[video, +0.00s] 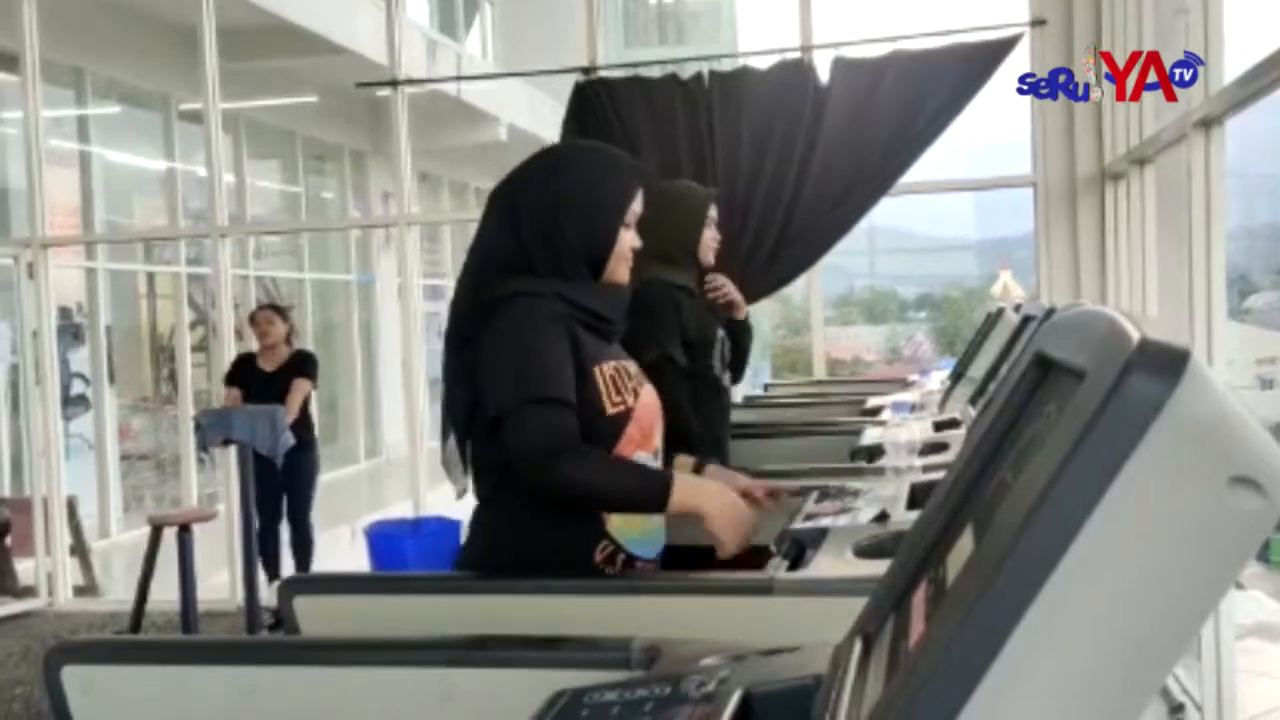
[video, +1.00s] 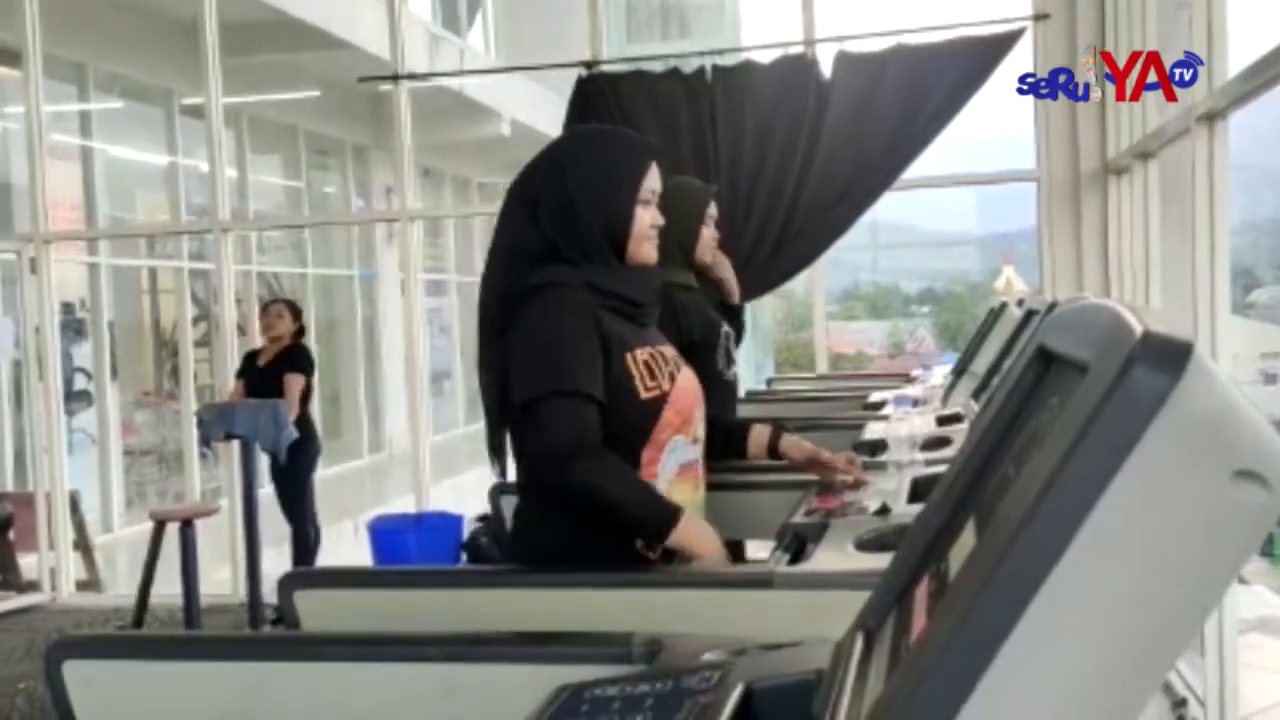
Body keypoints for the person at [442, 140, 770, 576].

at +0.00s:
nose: (637, 243)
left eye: (635, 226)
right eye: (626, 225)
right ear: (579, 221)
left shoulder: (574, 321)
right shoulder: (528, 322)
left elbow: (588, 452)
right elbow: (547, 463)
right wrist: (692, 495)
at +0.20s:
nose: (642, 219)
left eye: (642, 203)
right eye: (630, 202)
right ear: (580, 196)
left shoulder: (607, 294)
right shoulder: (516, 293)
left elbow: (648, 415)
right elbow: (477, 437)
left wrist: (773, 449)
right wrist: (581, 535)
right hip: (526, 580)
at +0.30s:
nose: (647, 224)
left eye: (646, 207)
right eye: (635, 206)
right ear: (584, 206)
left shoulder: (616, 307)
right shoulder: (512, 308)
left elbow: (651, 418)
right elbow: (442, 441)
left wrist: (770, 447)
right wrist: (530, 561)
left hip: (617, 578)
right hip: (536, 590)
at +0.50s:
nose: (648, 233)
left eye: (646, 215)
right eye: (636, 215)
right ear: (585, 219)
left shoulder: (613, 319)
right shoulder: (522, 327)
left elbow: (654, 433)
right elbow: (454, 468)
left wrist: (768, 450)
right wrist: (529, 571)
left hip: (643, 581)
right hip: (572, 596)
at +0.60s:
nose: (645, 216)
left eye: (644, 201)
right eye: (631, 199)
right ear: (582, 198)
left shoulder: (612, 300)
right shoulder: (526, 308)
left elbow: (661, 424)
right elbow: (494, 456)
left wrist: (773, 451)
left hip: (629, 571)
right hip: (552, 586)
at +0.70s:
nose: (643, 209)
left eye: (641, 193)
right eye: (630, 192)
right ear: (578, 191)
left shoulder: (604, 295)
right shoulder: (530, 297)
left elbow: (660, 419)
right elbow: (536, 447)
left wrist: (776, 446)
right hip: (551, 576)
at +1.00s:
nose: (659, 219)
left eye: (656, 203)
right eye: (646, 202)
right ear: (598, 203)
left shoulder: (622, 307)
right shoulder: (561, 310)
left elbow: (667, 432)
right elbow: (566, 460)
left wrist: (776, 444)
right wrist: (678, 526)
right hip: (589, 582)